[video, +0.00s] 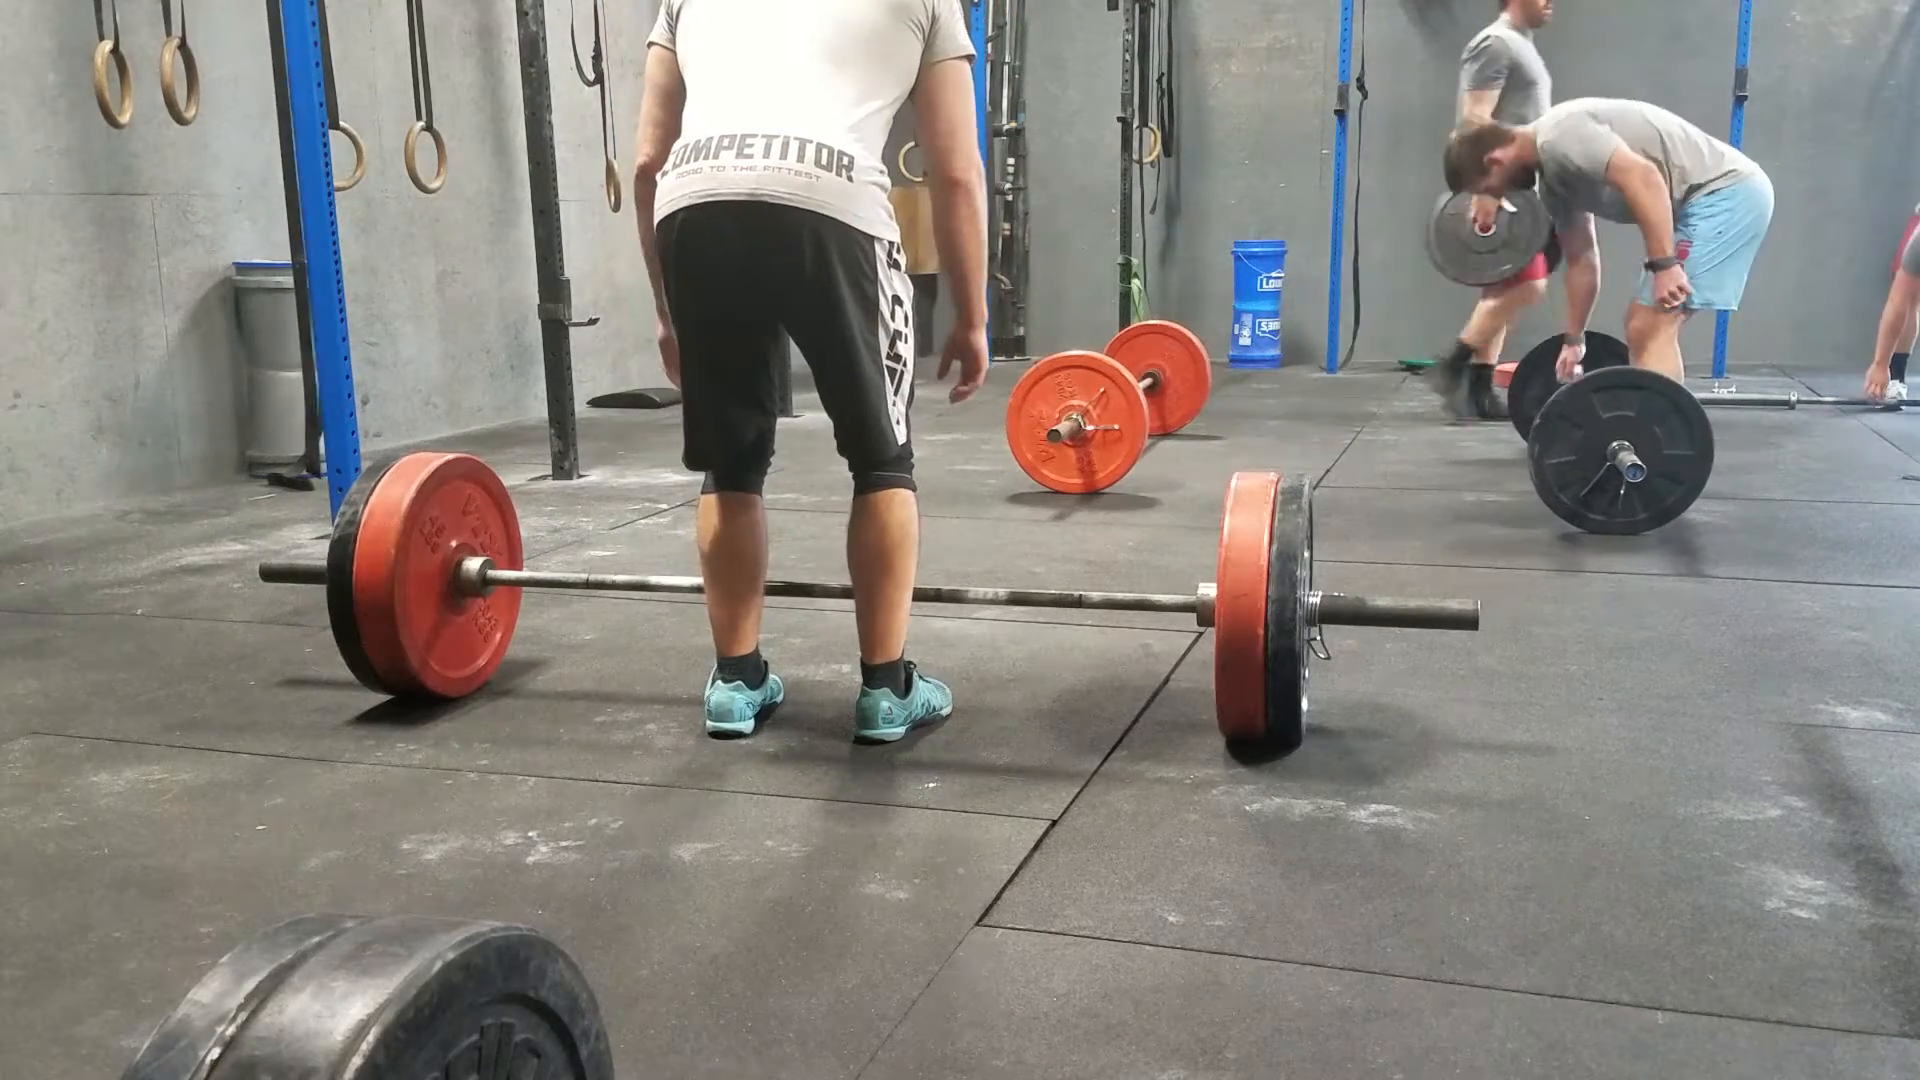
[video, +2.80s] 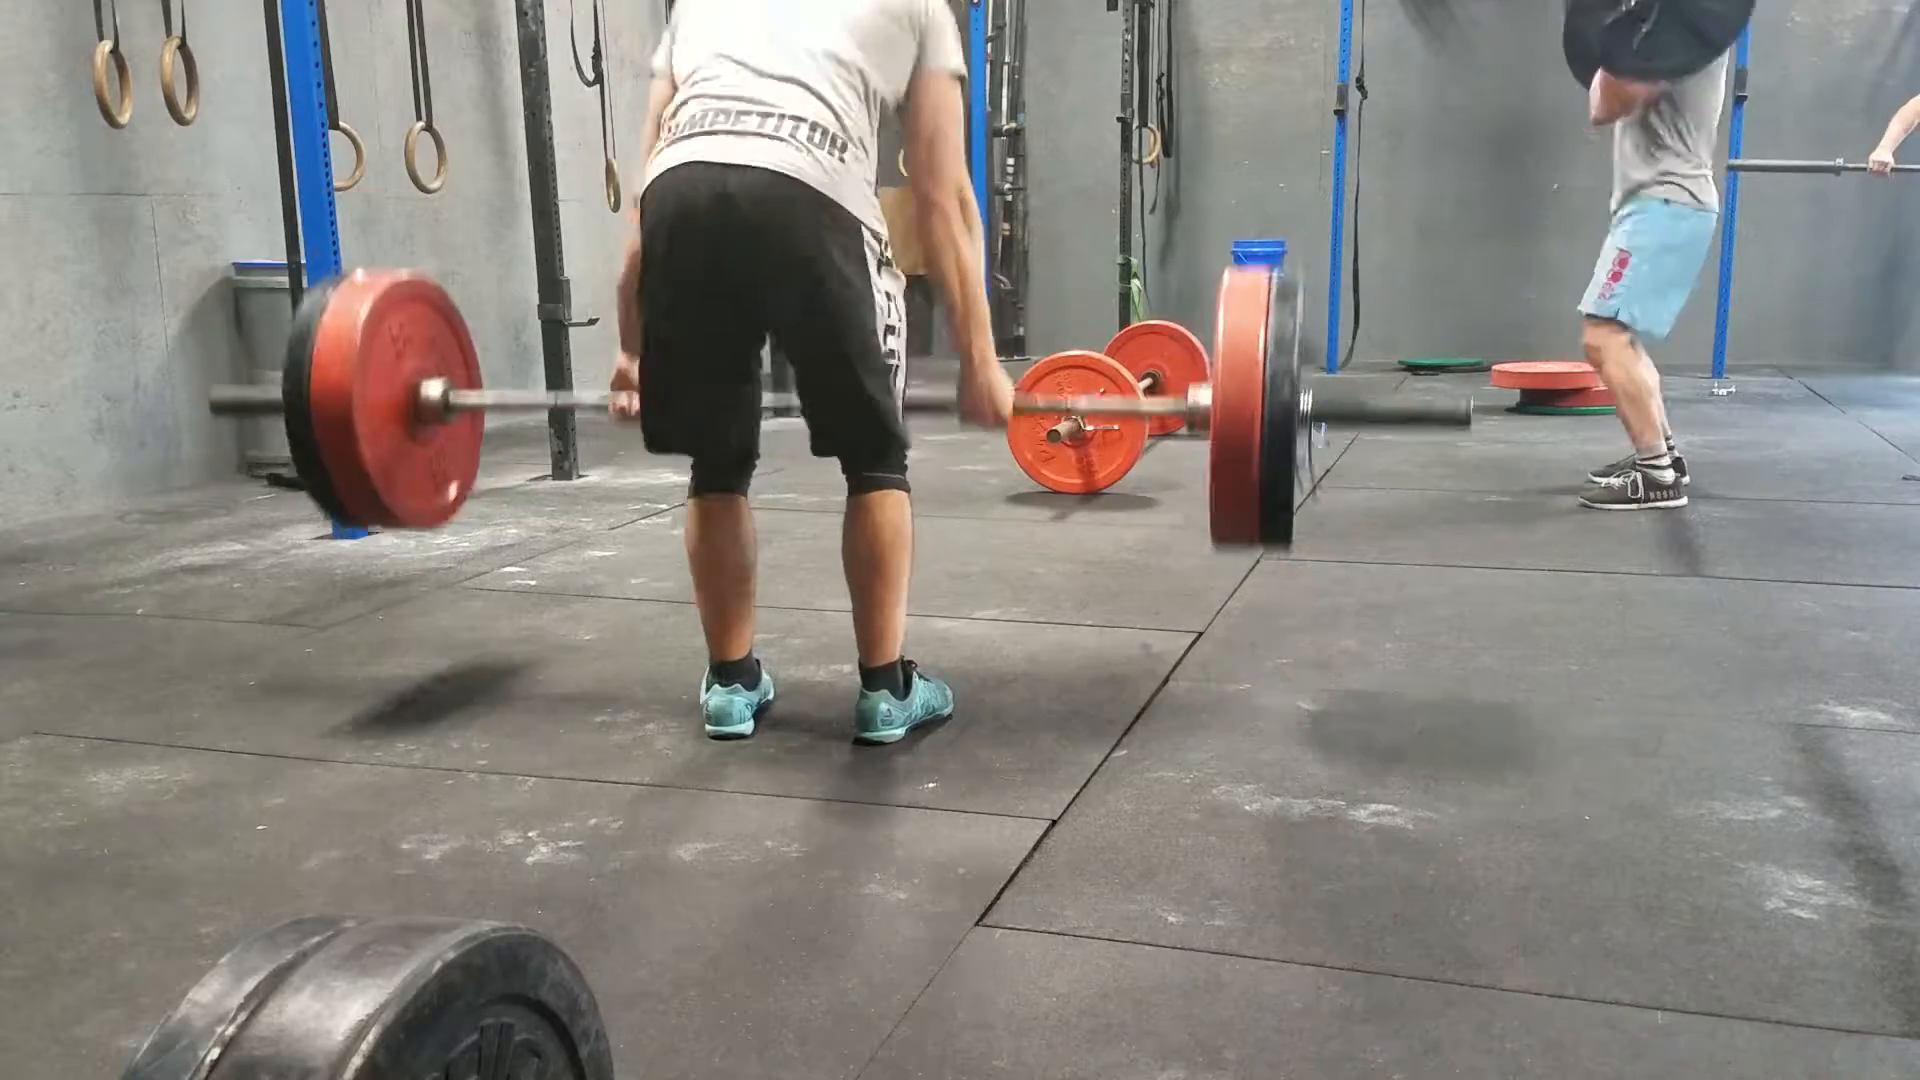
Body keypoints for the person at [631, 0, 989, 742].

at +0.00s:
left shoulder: (690, 6)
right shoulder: (924, 6)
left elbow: (649, 161)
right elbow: (956, 170)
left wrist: (668, 311)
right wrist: (970, 319)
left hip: (697, 209)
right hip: (832, 209)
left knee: (728, 465)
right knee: (881, 464)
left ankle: (734, 679)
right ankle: (884, 686)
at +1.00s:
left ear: (832, 30)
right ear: (908, 56)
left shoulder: (721, 58)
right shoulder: (922, 83)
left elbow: (635, 251)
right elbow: (943, 269)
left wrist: (633, 411)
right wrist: (971, 437)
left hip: (681, 239)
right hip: (817, 240)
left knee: (723, 471)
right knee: (880, 467)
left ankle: (733, 681)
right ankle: (885, 688)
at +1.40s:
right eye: (910, 142)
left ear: (829, 114)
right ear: (907, 135)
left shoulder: (744, 134)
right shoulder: (928, 174)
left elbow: (649, 365)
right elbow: (947, 369)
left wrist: (654, 507)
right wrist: (992, 523)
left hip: (672, 258)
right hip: (812, 270)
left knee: (723, 477)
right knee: (880, 477)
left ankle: (730, 681)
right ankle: (883, 687)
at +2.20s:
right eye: (918, 73)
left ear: (822, 56)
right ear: (908, 66)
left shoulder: (748, 90)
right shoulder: (931, 117)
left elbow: (671, 296)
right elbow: (959, 295)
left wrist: (657, 442)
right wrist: (994, 453)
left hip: (678, 219)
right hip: (808, 224)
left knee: (735, 467)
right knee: (883, 467)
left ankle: (733, 680)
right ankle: (886, 688)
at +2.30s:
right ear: (906, 13)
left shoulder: (729, 26)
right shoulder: (926, 42)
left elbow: (668, 214)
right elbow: (958, 223)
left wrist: (647, 367)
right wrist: (990, 382)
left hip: (686, 197)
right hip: (808, 198)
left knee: (728, 463)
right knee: (878, 456)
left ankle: (732, 680)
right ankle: (886, 686)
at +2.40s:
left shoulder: (689, 8)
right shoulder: (923, 6)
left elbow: (650, 148)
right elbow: (949, 137)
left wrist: (639, 293)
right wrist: (986, 300)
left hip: (699, 183)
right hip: (819, 184)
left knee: (728, 455)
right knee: (875, 454)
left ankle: (732, 680)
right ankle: (886, 684)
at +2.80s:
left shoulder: (697, 9)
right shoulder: (916, 8)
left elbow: (653, 194)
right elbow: (942, 192)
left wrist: (632, 348)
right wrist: (981, 359)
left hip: (682, 201)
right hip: (808, 203)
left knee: (716, 465)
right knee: (874, 459)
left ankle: (730, 684)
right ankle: (884, 688)